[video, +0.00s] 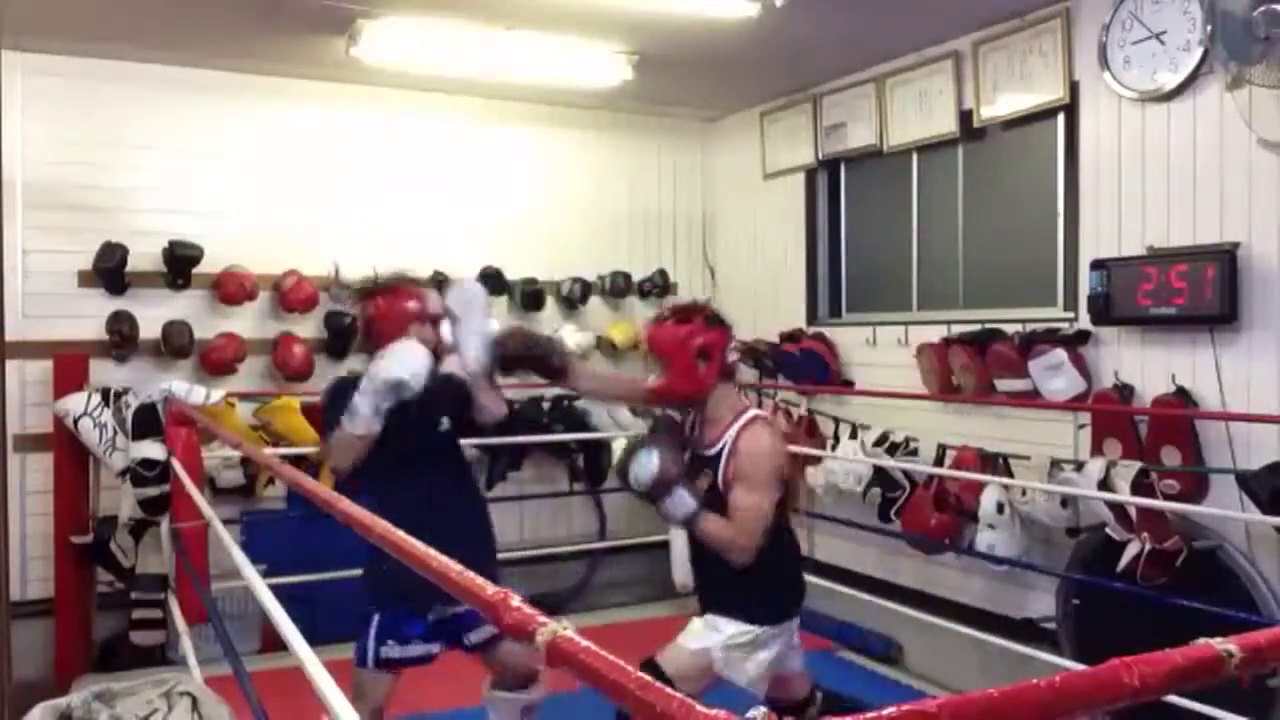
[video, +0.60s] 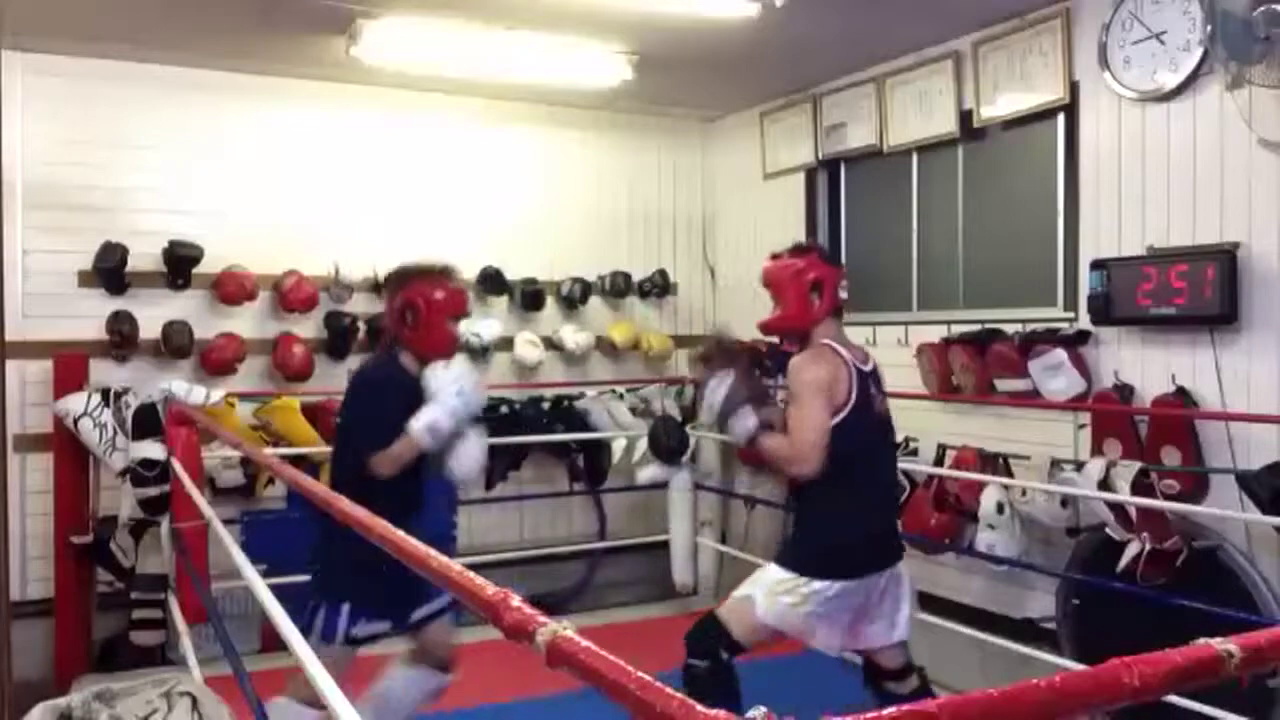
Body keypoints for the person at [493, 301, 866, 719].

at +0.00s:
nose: (661, 384)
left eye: (669, 373)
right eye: (662, 371)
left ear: (706, 368)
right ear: (701, 366)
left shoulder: (757, 440)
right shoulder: (696, 411)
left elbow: (741, 546)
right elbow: (623, 391)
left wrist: (675, 498)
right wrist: (548, 362)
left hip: (755, 611)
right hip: (732, 595)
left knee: (641, 696)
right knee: (794, 699)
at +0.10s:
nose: (680, 359)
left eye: (689, 348)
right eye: (681, 346)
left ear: (725, 348)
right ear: (727, 346)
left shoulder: (770, 423)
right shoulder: (728, 400)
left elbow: (732, 526)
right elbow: (692, 452)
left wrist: (684, 473)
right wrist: (644, 403)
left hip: (759, 603)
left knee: (637, 693)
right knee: (785, 698)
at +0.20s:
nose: (730, 350)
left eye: (739, 336)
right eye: (732, 336)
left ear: (775, 335)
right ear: (776, 336)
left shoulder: (788, 413)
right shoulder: (799, 404)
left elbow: (754, 513)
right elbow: (762, 473)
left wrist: (698, 459)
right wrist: (722, 428)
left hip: (761, 602)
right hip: (796, 593)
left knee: (644, 690)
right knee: (806, 698)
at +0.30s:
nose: (765, 347)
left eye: (774, 335)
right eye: (768, 334)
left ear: (807, 335)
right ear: (816, 335)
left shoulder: (807, 402)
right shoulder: (847, 396)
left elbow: (794, 498)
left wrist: (725, 460)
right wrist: (764, 444)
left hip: (789, 594)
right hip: (835, 589)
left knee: (679, 694)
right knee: (839, 694)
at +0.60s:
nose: (775, 310)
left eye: (781, 297)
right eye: (775, 297)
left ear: (807, 297)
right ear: (828, 297)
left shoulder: (812, 364)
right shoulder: (861, 360)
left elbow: (804, 459)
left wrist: (746, 426)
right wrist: (771, 404)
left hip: (824, 560)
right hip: (880, 552)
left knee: (707, 645)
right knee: (896, 678)